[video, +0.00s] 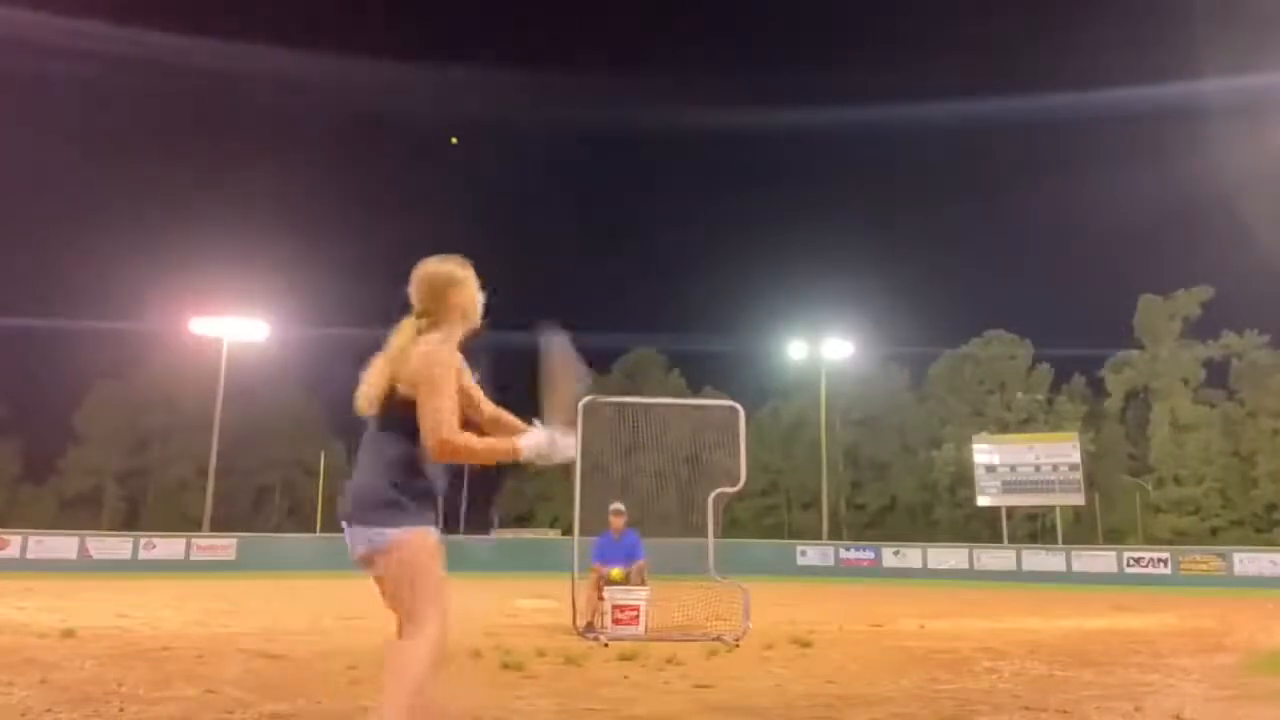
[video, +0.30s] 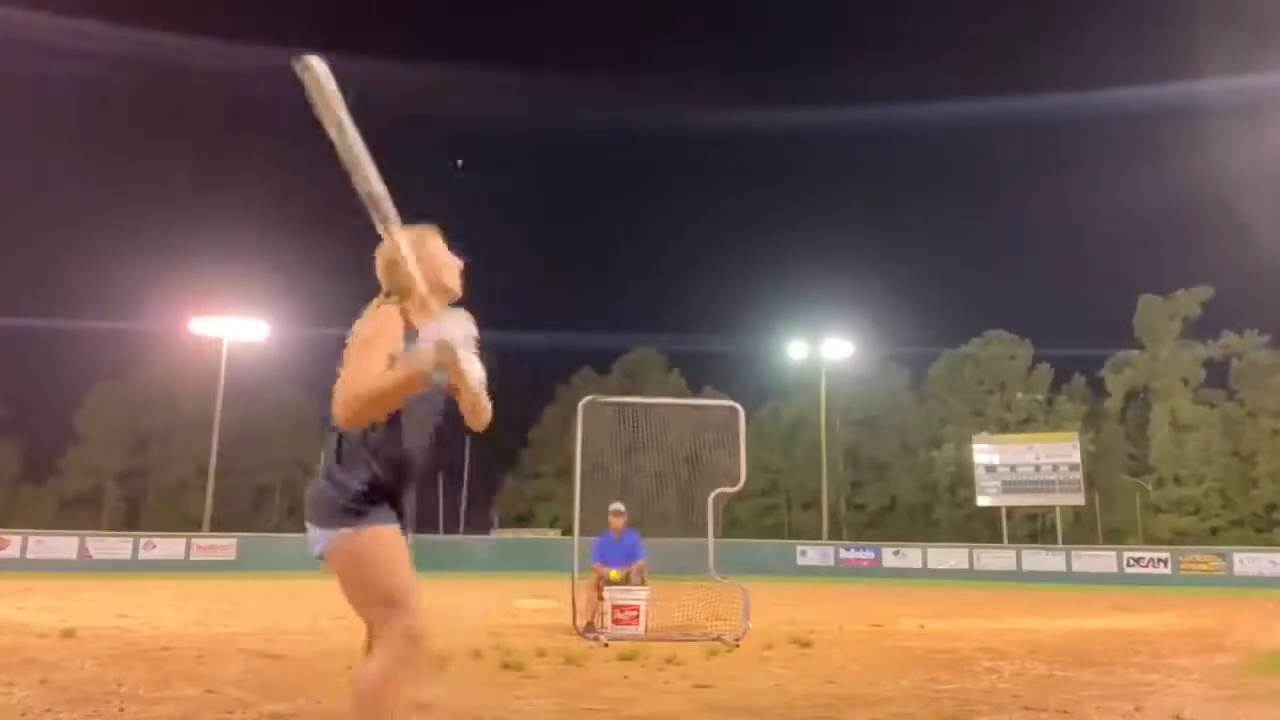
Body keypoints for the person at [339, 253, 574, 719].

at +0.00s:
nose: (482, 297)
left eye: (478, 289)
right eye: (475, 289)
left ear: (433, 300)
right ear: (456, 300)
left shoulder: (425, 349)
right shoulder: (436, 354)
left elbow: (483, 412)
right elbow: (441, 444)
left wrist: (538, 436)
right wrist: (521, 448)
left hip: (375, 503)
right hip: (397, 506)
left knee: (416, 626)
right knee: (426, 627)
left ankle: (401, 709)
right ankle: (393, 711)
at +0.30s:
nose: (458, 261)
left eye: (451, 250)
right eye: (446, 251)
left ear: (424, 267)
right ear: (416, 266)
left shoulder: (444, 328)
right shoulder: (383, 320)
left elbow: (478, 418)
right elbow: (347, 408)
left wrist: (460, 363)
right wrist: (419, 365)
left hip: (384, 504)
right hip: (350, 503)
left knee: (390, 638)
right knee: (400, 633)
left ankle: (372, 713)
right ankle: (368, 714)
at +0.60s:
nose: (427, 241)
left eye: (425, 233)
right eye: (415, 232)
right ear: (381, 240)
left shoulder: (430, 308)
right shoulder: (336, 289)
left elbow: (455, 371)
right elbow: (298, 372)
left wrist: (407, 320)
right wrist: (356, 300)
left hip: (370, 488)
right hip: (320, 482)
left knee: (332, 628)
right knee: (360, 620)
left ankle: (243, 709)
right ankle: (332, 713)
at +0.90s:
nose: (378, 261)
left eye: (379, 250)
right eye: (372, 249)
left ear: (337, 250)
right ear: (342, 247)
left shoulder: (352, 302)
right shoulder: (296, 281)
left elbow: (400, 380)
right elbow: (290, 372)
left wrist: (397, 323)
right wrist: (349, 313)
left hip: (291, 480)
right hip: (278, 479)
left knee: (251, 638)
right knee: (341, 623)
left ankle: (183, 713)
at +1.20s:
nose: (358, 254)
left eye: (355, 246)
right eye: (354, 244)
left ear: (297, 235)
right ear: (337, 240)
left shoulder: (275, 285)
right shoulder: (306, 271)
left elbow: (366, 379)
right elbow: (310, 351)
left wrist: (398, 331)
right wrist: (368, 303)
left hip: (238, 475)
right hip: (278, 476)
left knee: (234, 637)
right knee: (339, 615)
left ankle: (177, 712)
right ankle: (326, 712)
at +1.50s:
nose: (369, 254)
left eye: (370, 243)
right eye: (367, 242)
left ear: (311, 231)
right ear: (352, 236)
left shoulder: (294, 285)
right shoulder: (310, 274)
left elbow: (373, 386)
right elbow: (334, 342)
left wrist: (417, 342)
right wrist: (401, 300)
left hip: (249, 476)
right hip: (284, 477)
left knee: (243, 638)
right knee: (335, 624)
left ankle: (179, 713)